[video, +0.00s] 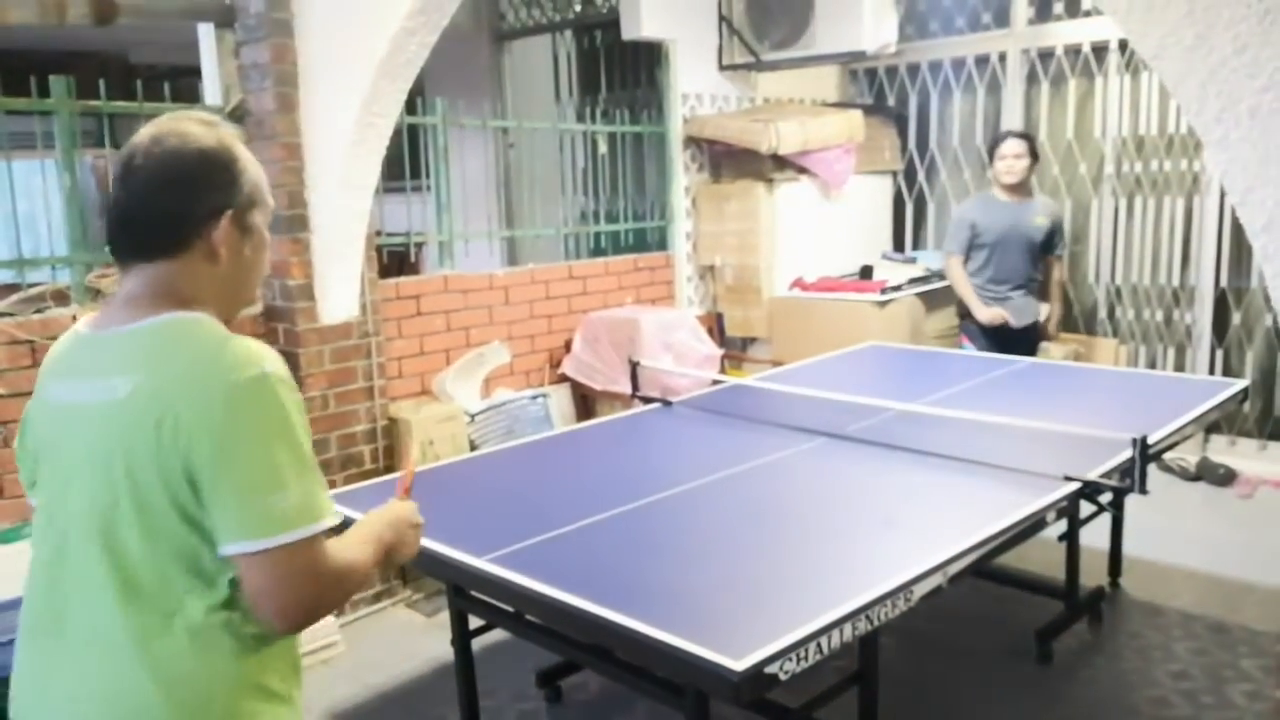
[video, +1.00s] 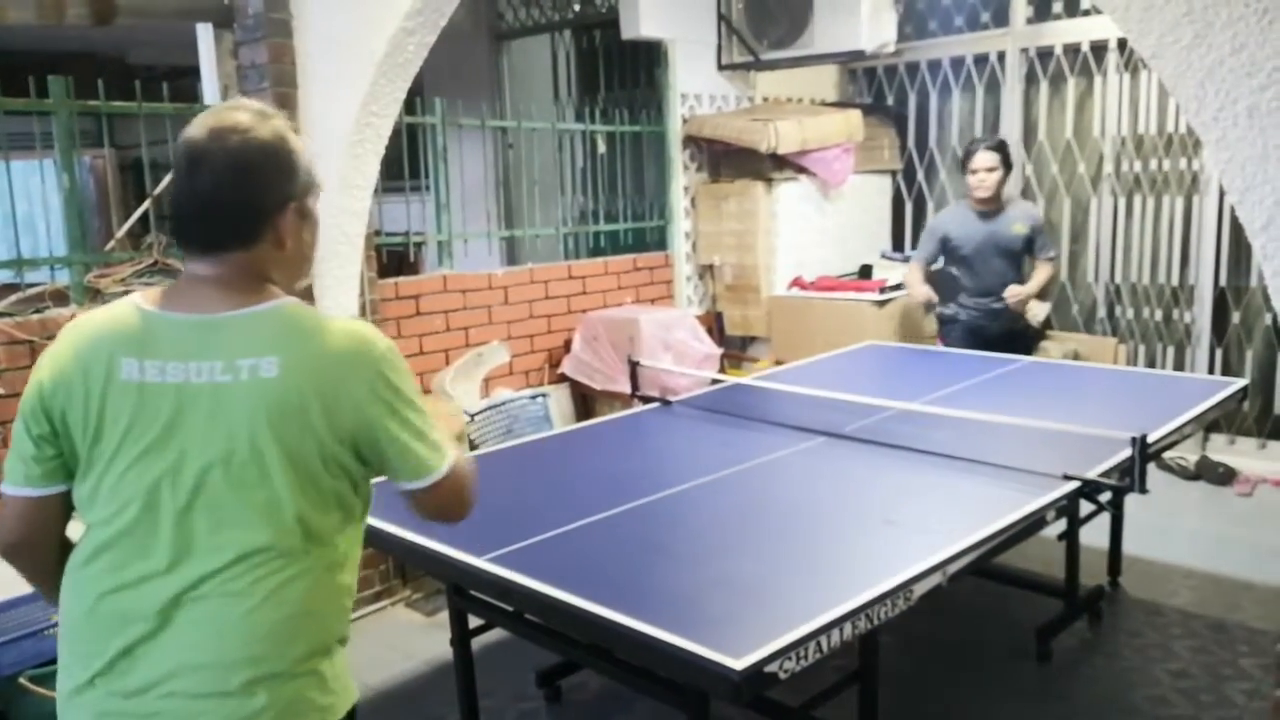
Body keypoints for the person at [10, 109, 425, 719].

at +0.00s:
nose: (271, 251)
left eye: (271, 229)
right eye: (266, 228)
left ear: (133, 229)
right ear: (223, 234)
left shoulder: (66, 357)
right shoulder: (235, 371)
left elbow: (41, 490)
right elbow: (286, 597)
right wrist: (379, 537)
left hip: (49, 695)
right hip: (200, 702)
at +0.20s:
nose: (290, 254)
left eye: (293, 231)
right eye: (288, 229)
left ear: (154, 227)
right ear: (253, 227)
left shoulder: (80, 357)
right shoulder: (282, 356)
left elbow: (68, 495)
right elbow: (385, 558)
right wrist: (435, 502)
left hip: (85, 697)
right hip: (253, 701)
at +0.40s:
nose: (322, 250)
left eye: (323, 230)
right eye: (323, 228)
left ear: (192, 224)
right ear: (303, 226)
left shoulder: (103, 344)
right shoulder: (334, 350)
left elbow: (85, 477)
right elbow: (421, 553)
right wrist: (451, 533)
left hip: (107, 696)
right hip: (282, 698)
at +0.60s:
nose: (341, 248)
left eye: (343, 231)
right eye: (344, 229)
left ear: (219, 219)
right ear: (327, 227)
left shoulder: (108, 344)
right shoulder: (358, 348)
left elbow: (68, 523)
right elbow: (454, 537)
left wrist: (173, 507)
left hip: (118, 697)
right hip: (294, 696)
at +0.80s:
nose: (344, 238)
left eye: (346, 218)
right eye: (345, 218)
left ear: (218, 216)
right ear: (321, 223)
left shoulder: (109, 344)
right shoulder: (370, 348)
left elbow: (48, 529)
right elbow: (505, 476)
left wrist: (149, 564)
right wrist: (514, 415)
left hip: (111, 699)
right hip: (288, 698)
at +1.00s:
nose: (315, 223)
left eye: (313, 204)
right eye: (311, 206)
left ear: (183, 215)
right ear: (287, 223)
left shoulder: (83, 346)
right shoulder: (345, 353)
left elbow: (23, 533)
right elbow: (449, 501)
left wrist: (99, 603)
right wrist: (448, 425)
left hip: (101, 697)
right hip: (276, 697)